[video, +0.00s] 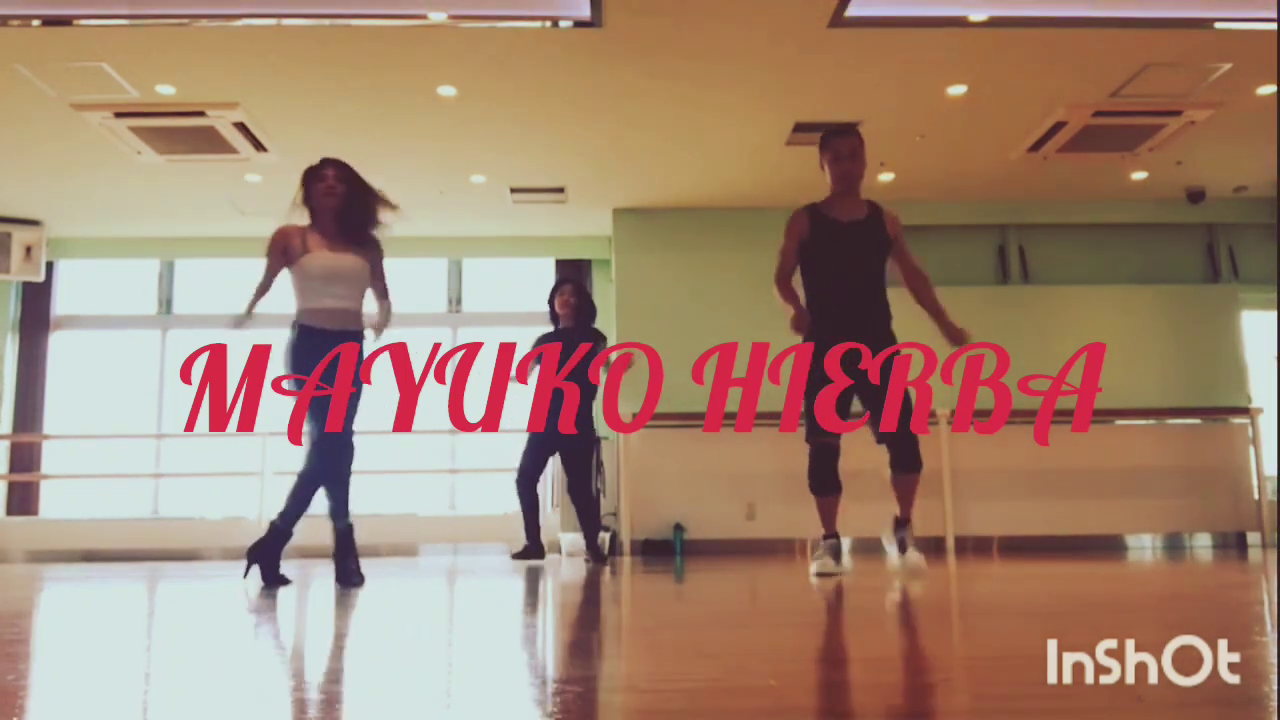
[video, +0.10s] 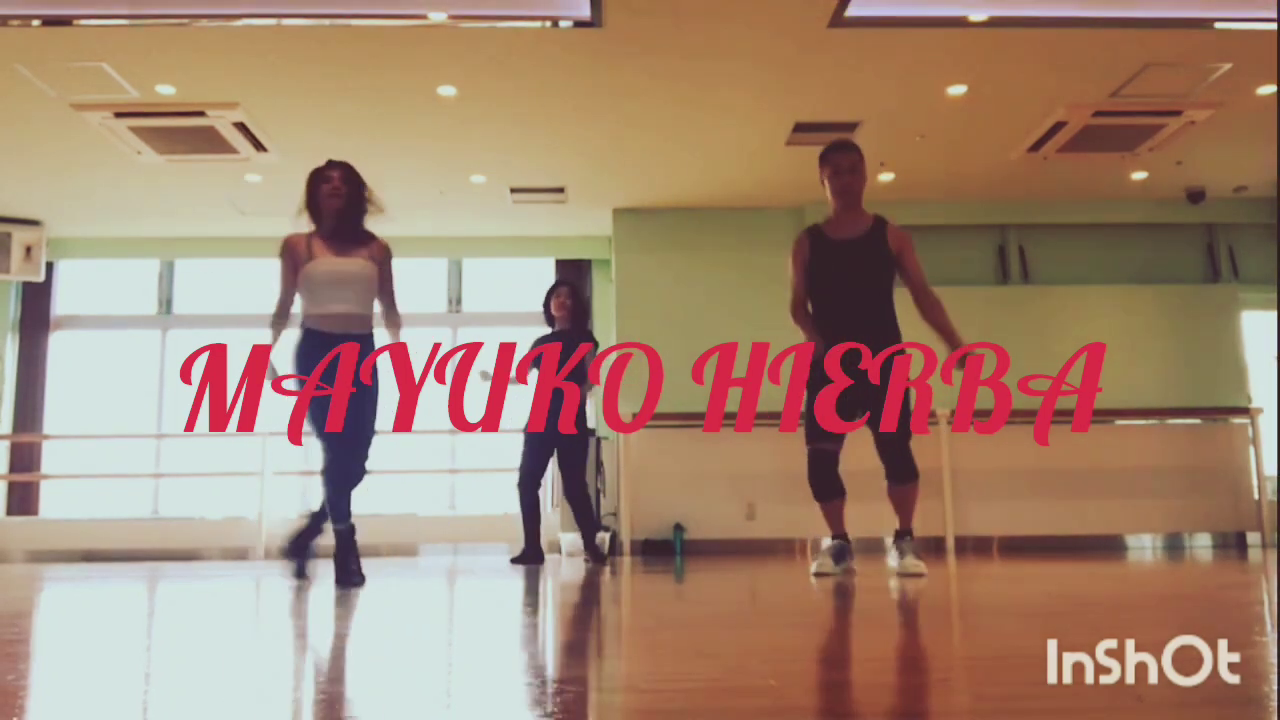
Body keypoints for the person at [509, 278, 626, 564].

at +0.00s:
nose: (566, 299)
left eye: (572, 295)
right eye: (561, 295)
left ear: (582, 302)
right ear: (553, 302)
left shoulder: (595, 340)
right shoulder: (545, 340)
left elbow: (598, 377)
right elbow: (522, 374)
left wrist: (613, 365)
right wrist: (525, 364)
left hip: (578, 426)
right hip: (544, 425)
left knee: (581, 489)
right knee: (525, 480)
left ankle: (592, 546)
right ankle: (533, 544)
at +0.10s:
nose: (561, 301)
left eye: (567, 297)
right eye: (557, 297)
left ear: (576, 304)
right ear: (548, 304)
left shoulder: (585, 342)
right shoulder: (542, 343)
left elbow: (593, 379)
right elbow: (520, 374)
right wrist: (491, 374)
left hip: (572, 422)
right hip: (540, 421)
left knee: (575, 485)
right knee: (527, 483)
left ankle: (590, 544)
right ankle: (532, 548)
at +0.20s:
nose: (558, 300)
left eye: (564, 296)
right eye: (554, 295)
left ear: (571, 303)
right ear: (545, 303)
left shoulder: (582, 340)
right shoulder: (535, 341)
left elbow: (583, 378)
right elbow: (521, 374)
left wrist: (563, 392)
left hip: (568, 419)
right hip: (535, 418)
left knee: (571, 482)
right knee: (526, 482)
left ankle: (583, 543)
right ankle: (532, 548)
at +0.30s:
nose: (555, 298)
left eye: (561, 294)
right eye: (551, 293)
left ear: (569, 301)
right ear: (542, 301)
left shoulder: (581, 338)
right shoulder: (530, 340)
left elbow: (584, 377)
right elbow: (521, 375)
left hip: (568, 417)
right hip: (535, 416)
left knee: (572, 478)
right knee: (527, 481)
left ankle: (568, 541)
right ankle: (532, 547)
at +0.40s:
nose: (553, 296)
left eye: (559, 292)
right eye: (548, 292)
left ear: (567, 300)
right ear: (540, 300)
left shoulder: (580, 336)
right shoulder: (529, 339)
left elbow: (587, 376)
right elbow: (520, 375)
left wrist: (582, 361)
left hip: (569, 415)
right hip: (536, 414)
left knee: (572, 479)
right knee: (528, 481)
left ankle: (563, 543)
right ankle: (532, 547)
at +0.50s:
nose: (554, 297)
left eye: (560, 292)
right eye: (549, 292)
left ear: (568, 300)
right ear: (540, 300)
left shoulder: (578, 338)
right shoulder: (530, 338)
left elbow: (593, 376)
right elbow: (520, 376)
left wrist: (600, 361)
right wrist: (524, 357)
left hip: (571, 418)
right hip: (538, 417)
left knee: (573, 483)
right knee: (530, 483)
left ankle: (563, 547)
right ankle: (532, 547)